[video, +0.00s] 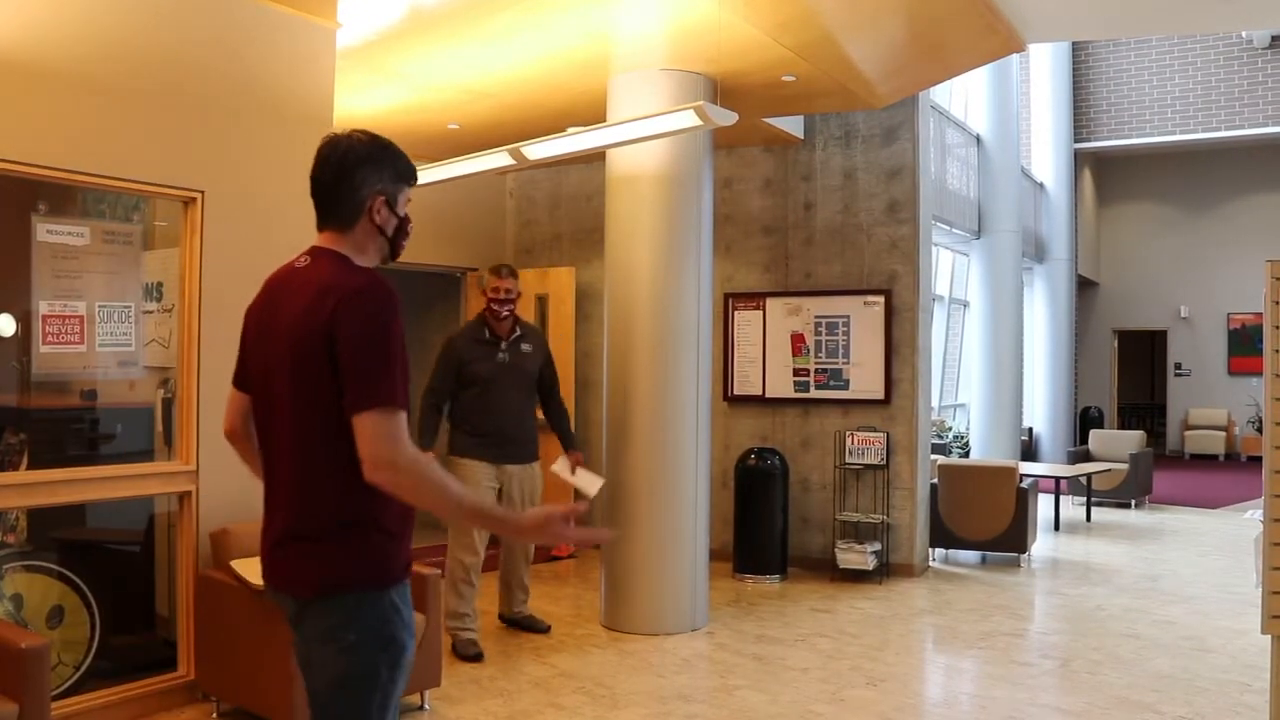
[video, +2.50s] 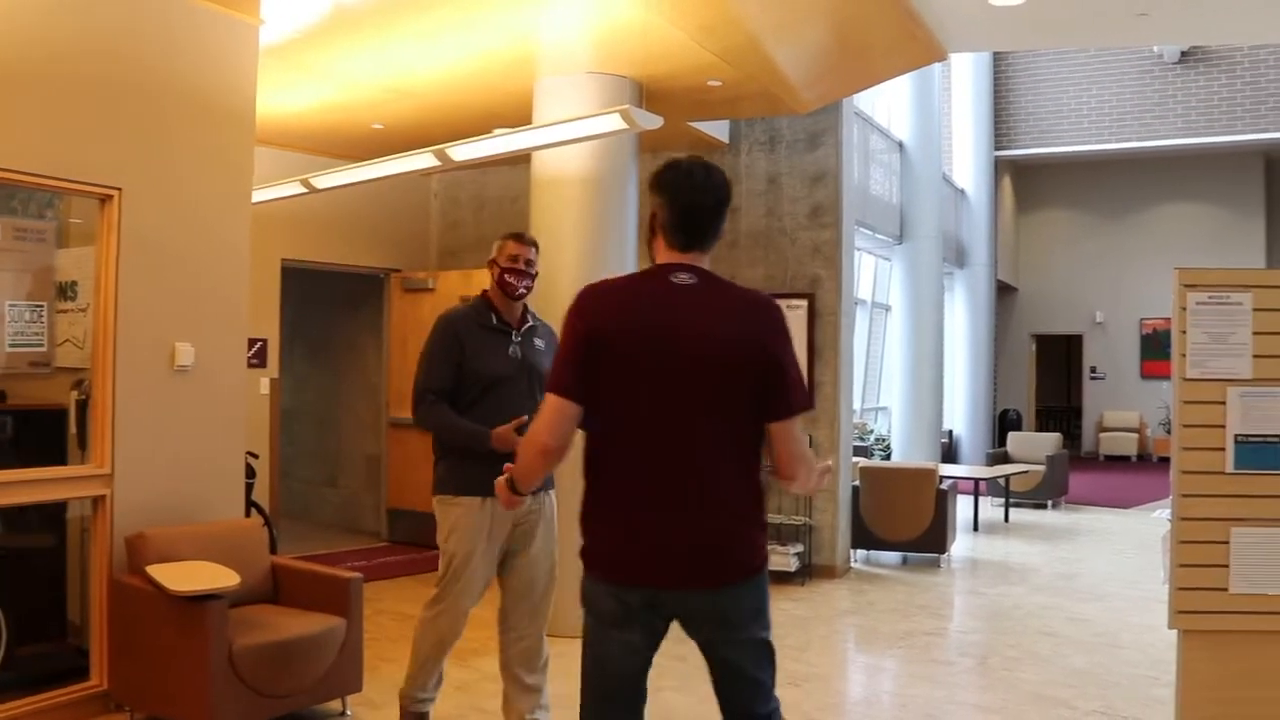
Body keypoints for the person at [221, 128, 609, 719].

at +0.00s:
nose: (408, 221)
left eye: (409, 205)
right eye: (406, 204)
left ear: (325, 202)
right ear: (377, 207)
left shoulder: (277, 288)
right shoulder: (363, 293)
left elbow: (238, 425)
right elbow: (386, 458)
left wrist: (296, 490)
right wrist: (511, 521)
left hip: (295, 567)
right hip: (355, 579)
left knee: (338, 707)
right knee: (362, 709)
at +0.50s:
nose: (440, 225)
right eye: (442, 212)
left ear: (363, 211)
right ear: (432, 221)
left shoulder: (311, 295)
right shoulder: (410, 297)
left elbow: (273, 421)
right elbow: (437, 452)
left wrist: (345, 460)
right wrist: (568, 492)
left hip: (336, 554)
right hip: (408, 559)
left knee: (363, 711)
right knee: (467, 709)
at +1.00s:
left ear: (429, 208)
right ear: (504, 223)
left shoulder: (373, 300)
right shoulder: (503, 304)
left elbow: (331, 425)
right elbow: (540, 458)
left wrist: (383, 450)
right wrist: (667, 495)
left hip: (406, 567)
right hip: (493, 572)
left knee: (406, 711)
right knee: (522, 710)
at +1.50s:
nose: (603, 226)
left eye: (601, 210)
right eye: (603, 213)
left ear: (523, 211)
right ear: (591, 219)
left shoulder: (456, 297)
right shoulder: (589, 302)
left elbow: (406, 429)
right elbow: (630, 466)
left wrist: (447, 465)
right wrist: (758, 502)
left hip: (486, 569)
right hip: (564, 578)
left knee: (546, 704)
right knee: (561, 711)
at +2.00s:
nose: (666, 227)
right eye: (667, 216)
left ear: (589, 221)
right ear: (662, 225)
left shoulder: (538, 308)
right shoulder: (668, 304)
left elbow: (492, 440)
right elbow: (705, 459)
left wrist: (519, 482)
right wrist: (799, 491)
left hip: (565, 562)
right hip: (645, 568)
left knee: (604, 711)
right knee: (646, 710)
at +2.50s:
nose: (648, 220)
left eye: (649, 211)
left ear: (654, 220)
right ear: (722, 227)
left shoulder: (597, 306)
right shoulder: (756, 314)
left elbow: (549, 438)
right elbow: (792, 467)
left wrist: (515, 484)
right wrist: (810, 474)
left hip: (620, 560)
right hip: (725, 564)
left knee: (608, 713)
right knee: (754, 711)